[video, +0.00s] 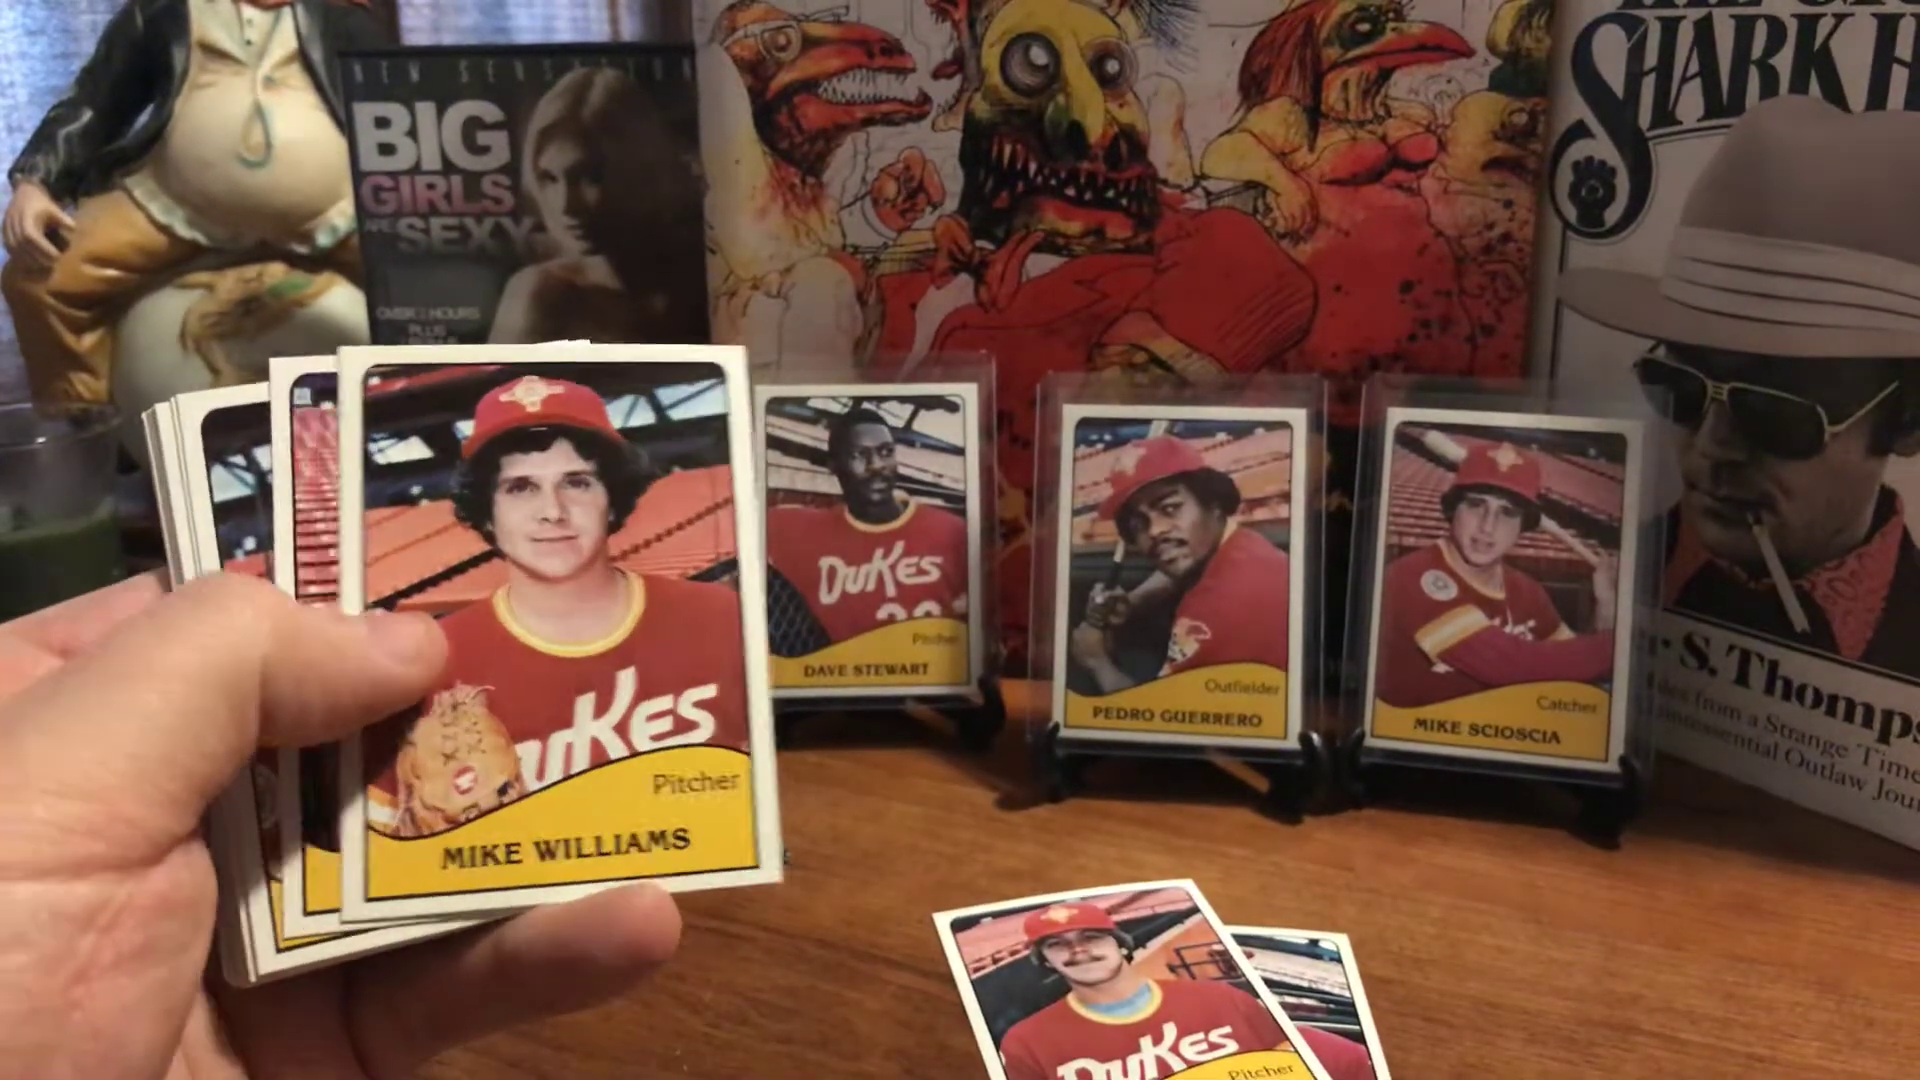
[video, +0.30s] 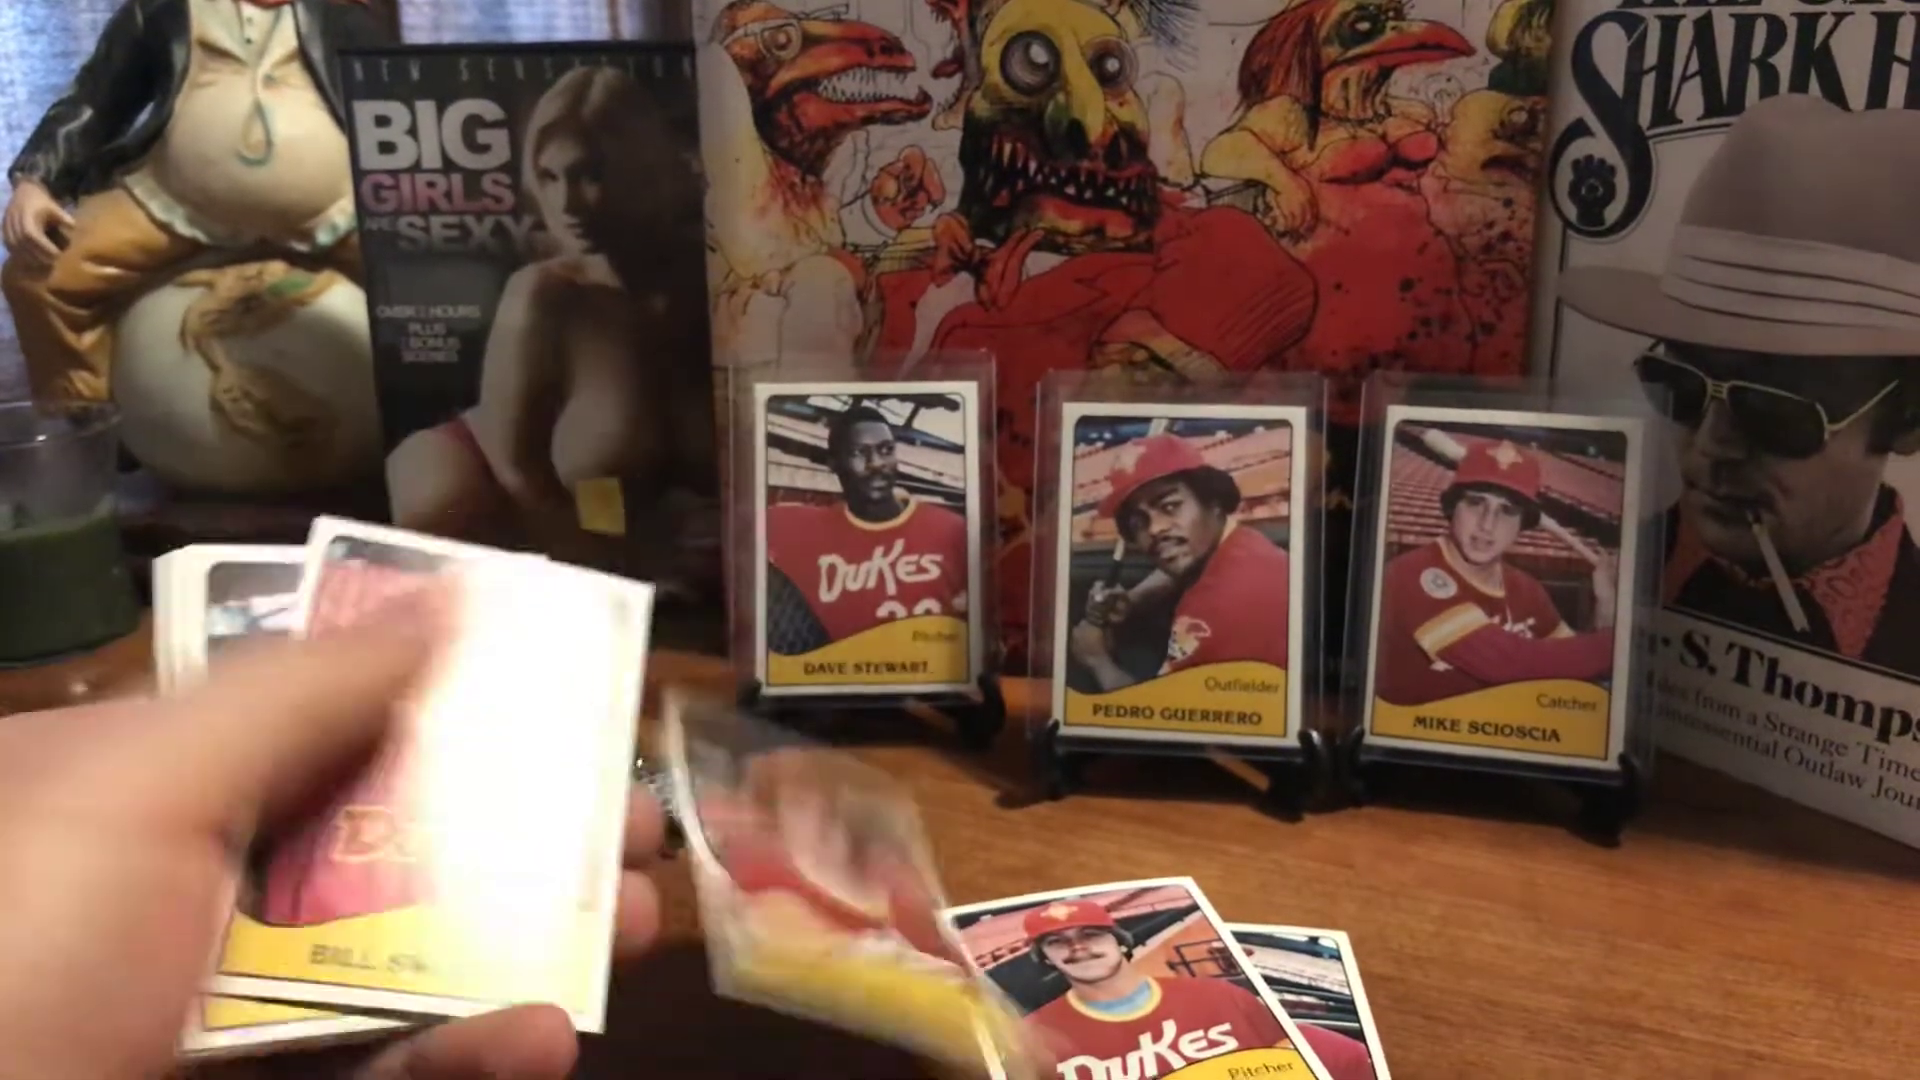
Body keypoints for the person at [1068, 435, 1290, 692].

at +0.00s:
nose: (1156, 531)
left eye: (1170, 508)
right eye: (1140, 522)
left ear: (1214, 505)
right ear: (1133, 540)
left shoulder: (1213, 606)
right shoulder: (1249, 545)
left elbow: (1159, 720)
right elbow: (1184, 564)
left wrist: (1098, 662)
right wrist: (1132, 603)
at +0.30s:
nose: (1156, 529)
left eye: (1170, 507)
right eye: (1140, 520)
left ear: (1213, 503)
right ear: (1133, 538)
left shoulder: (1212, 605)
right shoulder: (1249, 543)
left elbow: (1159, 717)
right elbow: (1184, 563)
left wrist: (1098, 661)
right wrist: (1131, 601)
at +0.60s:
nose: (1155, 531)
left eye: (1169, 510)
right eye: (1140, 523)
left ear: (1212, 506)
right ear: (1134, 540)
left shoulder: (1210, 606)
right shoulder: (1250, 548)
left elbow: (1159, 722)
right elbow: (1183, 567)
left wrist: (1098, 662)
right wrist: (1132, 603)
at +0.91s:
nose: (1155, 530)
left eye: (1169, 508)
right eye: (1139, 523)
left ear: (1212, 504)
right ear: (1133, 541)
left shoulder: (1211, 606)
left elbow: (1161, 719)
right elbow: (1182, 566)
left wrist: (1098, 662)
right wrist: (1133, 602)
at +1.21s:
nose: (1155, 530)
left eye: (1169, 509)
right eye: (1139, 523)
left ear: (1212, 503)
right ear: (1133, 540)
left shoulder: (1211, 607)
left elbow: (1161, 719)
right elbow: (1183, 568)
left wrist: (1098, 662)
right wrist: (1133, 602)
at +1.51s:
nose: (1156, 531)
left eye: (1169, 508)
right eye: (1139, 523)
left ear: (1212, 502)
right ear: (1133, 540)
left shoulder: (1212, 605)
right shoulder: (1247, 545)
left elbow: (1161, 717)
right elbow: (1183, 566)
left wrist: (1097, 662)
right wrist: (1133, 602)